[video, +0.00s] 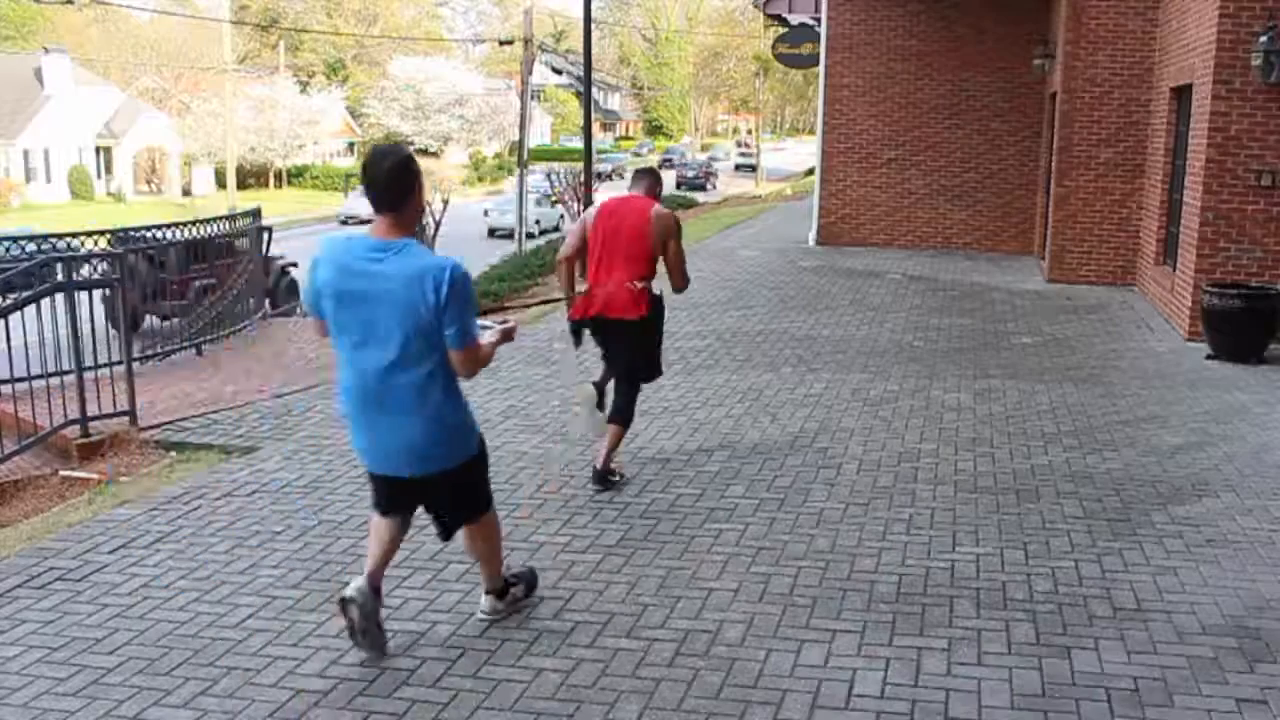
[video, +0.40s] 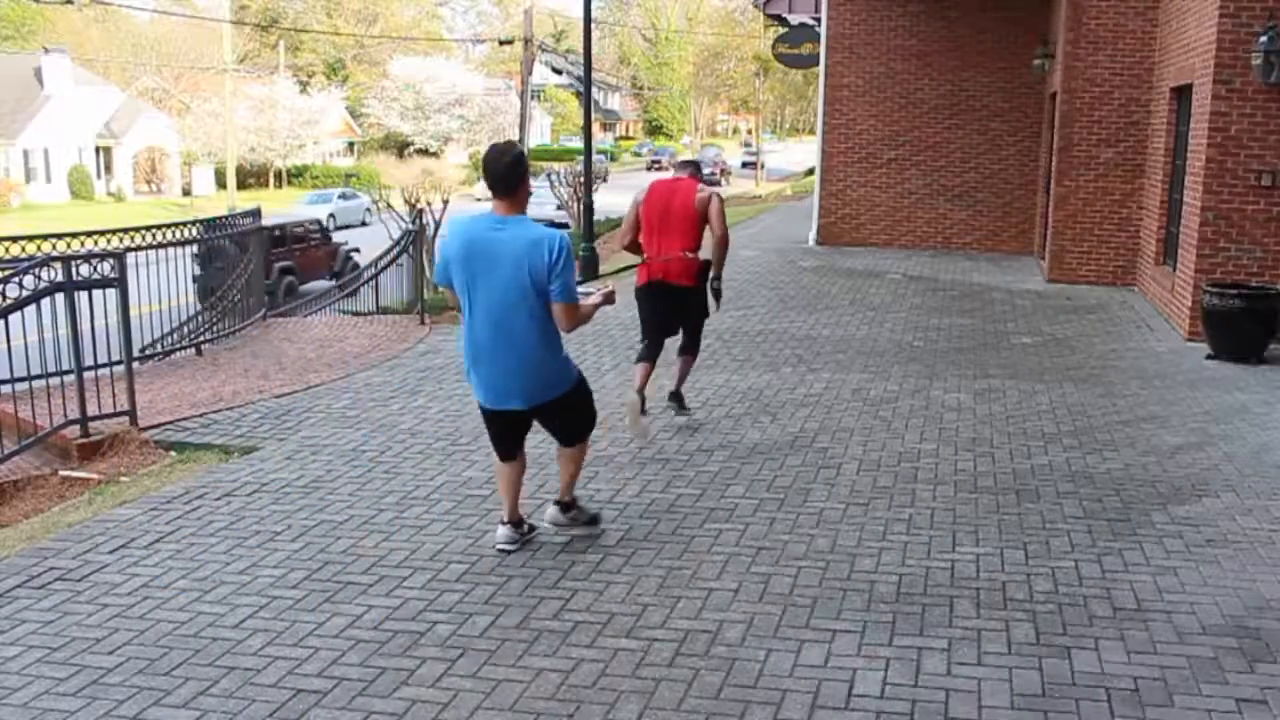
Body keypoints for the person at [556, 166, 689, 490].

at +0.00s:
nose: (659, 199)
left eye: (657, 195)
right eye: (660, 195)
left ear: (630, 187)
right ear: (656, 191)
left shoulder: (596, 211)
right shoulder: (664, 218)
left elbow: (565, 257)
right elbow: (679, 284)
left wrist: (571, 304)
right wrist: (670, 248)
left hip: (595, 309)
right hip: (635, 311)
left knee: (617, 355)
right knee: (627, 388)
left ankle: (598, 386)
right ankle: (603, 464)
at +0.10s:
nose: (671, 194)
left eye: (668, 190)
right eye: (672, 190)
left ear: (644, 184)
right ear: (669, 187)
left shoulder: (613, 201)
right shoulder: (676, 207)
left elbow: (569, 227)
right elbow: (694, 262)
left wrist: (573, 272)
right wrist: (685, 228)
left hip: (608, 298)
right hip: (646, 300)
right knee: (632, 378)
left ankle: (629, 400)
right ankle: (609, 443)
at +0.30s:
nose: (685, 193)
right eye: (687, 189)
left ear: (659, 181)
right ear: (684, 186)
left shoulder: (634, 202)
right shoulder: (695, 205)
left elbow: (619, 257)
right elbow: (706, 236)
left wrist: (634, 260)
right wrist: (698, 278)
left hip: (637, 288)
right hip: (675, 287)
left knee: (631, 360)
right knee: (678, 327)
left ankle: (619, 430)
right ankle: (668, 362)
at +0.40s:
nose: (703, 184)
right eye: (703, 179)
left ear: (674, 173)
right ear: (698, 176)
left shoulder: (645, 193)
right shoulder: (707, 195)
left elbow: (626, 241)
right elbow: (720, 234)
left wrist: (650, 252)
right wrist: (716, 274)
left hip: (650, 278)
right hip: (688, 277)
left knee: (651, 341)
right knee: (692, 334)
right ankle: (677, 389)